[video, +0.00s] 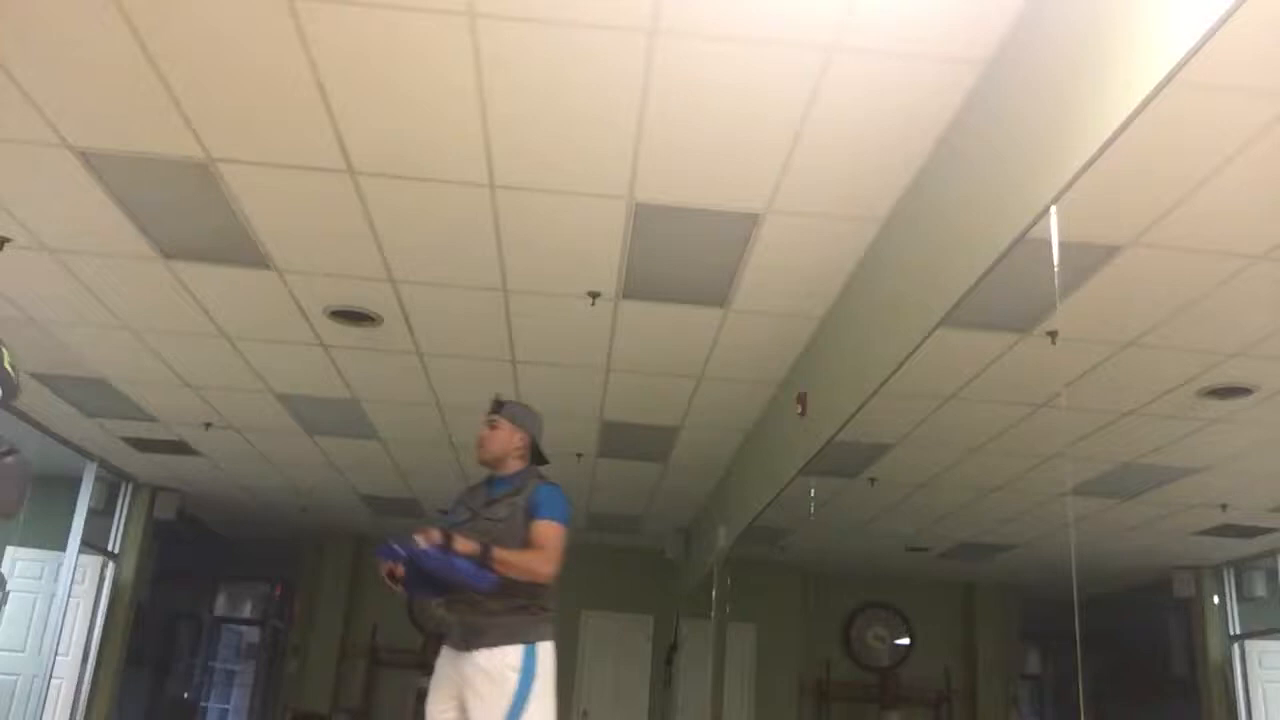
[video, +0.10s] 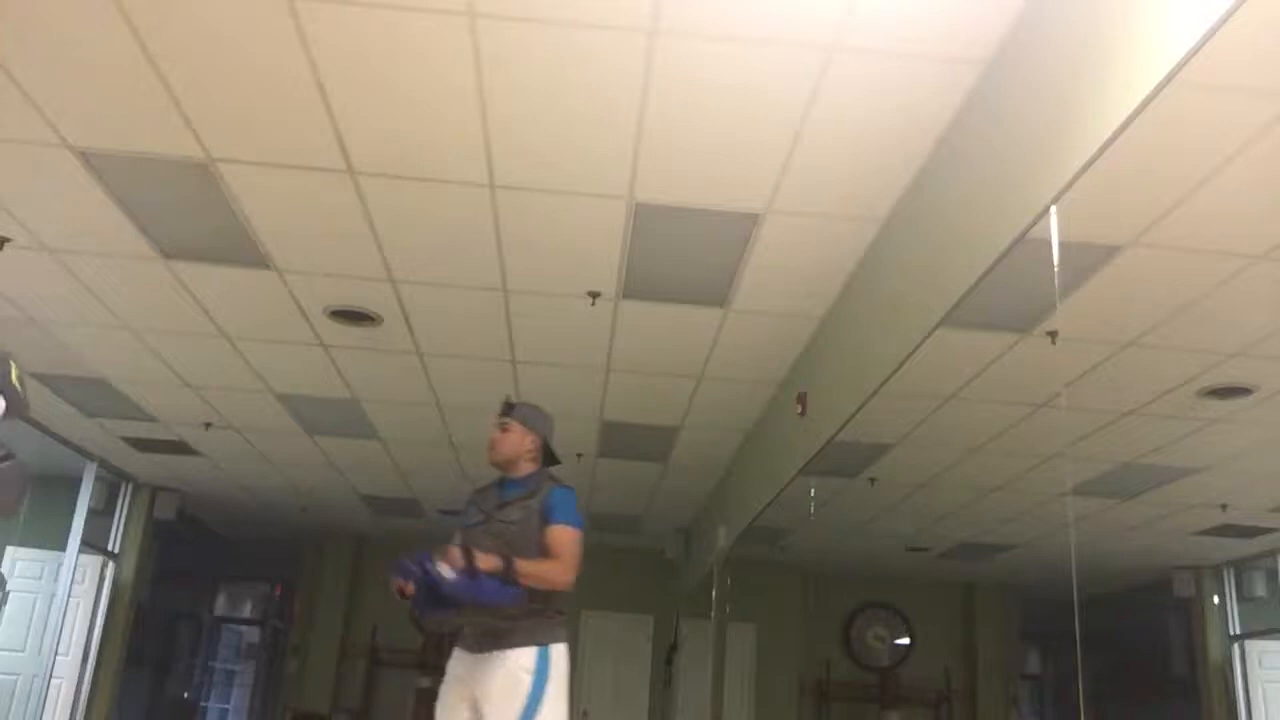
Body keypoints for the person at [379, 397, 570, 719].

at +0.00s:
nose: (481, 433)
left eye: (492, 425)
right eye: (484, 426)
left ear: (521, 440)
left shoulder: (544, 494)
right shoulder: (471, 496)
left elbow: (545, 566)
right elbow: (445, 552)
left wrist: (476, 550)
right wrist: (406, 570)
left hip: (513, 653)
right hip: (456, 649)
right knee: (440, 712)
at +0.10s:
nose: (493, 435)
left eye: (504, 428)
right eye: (496, 428)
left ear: (532, 443)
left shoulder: (556, 496)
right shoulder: (481, 498)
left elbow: (564, 573)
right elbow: (456, 559)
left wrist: (498, 563)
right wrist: (418, 578)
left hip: (526, 655)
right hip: (469, 651)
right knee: (450, 712)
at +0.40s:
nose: (535, 439)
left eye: (547, 431)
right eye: (537, 430)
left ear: (575, 447)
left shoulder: (601, 507)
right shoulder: (511, 500)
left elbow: (618, 588)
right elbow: (480, 566)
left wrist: (561, 608)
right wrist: (482, 608)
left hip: (568, 666)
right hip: (504, 662)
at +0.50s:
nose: (545, 438)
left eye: (557, 432)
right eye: (546, 431)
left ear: (584, 448)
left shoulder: (608, 509)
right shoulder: (517, 497)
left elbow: (626, 590)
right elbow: (485, 565)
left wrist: (569, 607)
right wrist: (488, 607)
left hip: (574, 667)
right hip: (511, 662)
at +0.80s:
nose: (556, 437)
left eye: (570, 431)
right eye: (556, 430)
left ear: (594, 450)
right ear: (552, 439)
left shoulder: (613, 509)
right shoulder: (522, 498)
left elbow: (630, 590)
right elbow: (490, 566)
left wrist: (570, 601)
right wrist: (491, 607)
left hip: (577, 666)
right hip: (514, 662)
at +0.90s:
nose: (553, 437)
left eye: (567, 431)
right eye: (553, 429)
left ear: (591, 449)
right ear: (549, 438)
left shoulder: (610, 507)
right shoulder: (520, 498)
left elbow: (626, 588)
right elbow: (491, 564)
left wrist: (563, 597)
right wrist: (487, 605)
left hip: (574, 665)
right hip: (511, 661)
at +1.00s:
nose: (548, 437)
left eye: (561, 431)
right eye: (547, 430)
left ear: (587, 447)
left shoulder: (605, 506)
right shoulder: (518, 499)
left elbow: (620, 587)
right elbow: (488, 567)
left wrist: (555, 593)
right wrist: (485, 603)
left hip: (569, 664)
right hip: (507, 660)